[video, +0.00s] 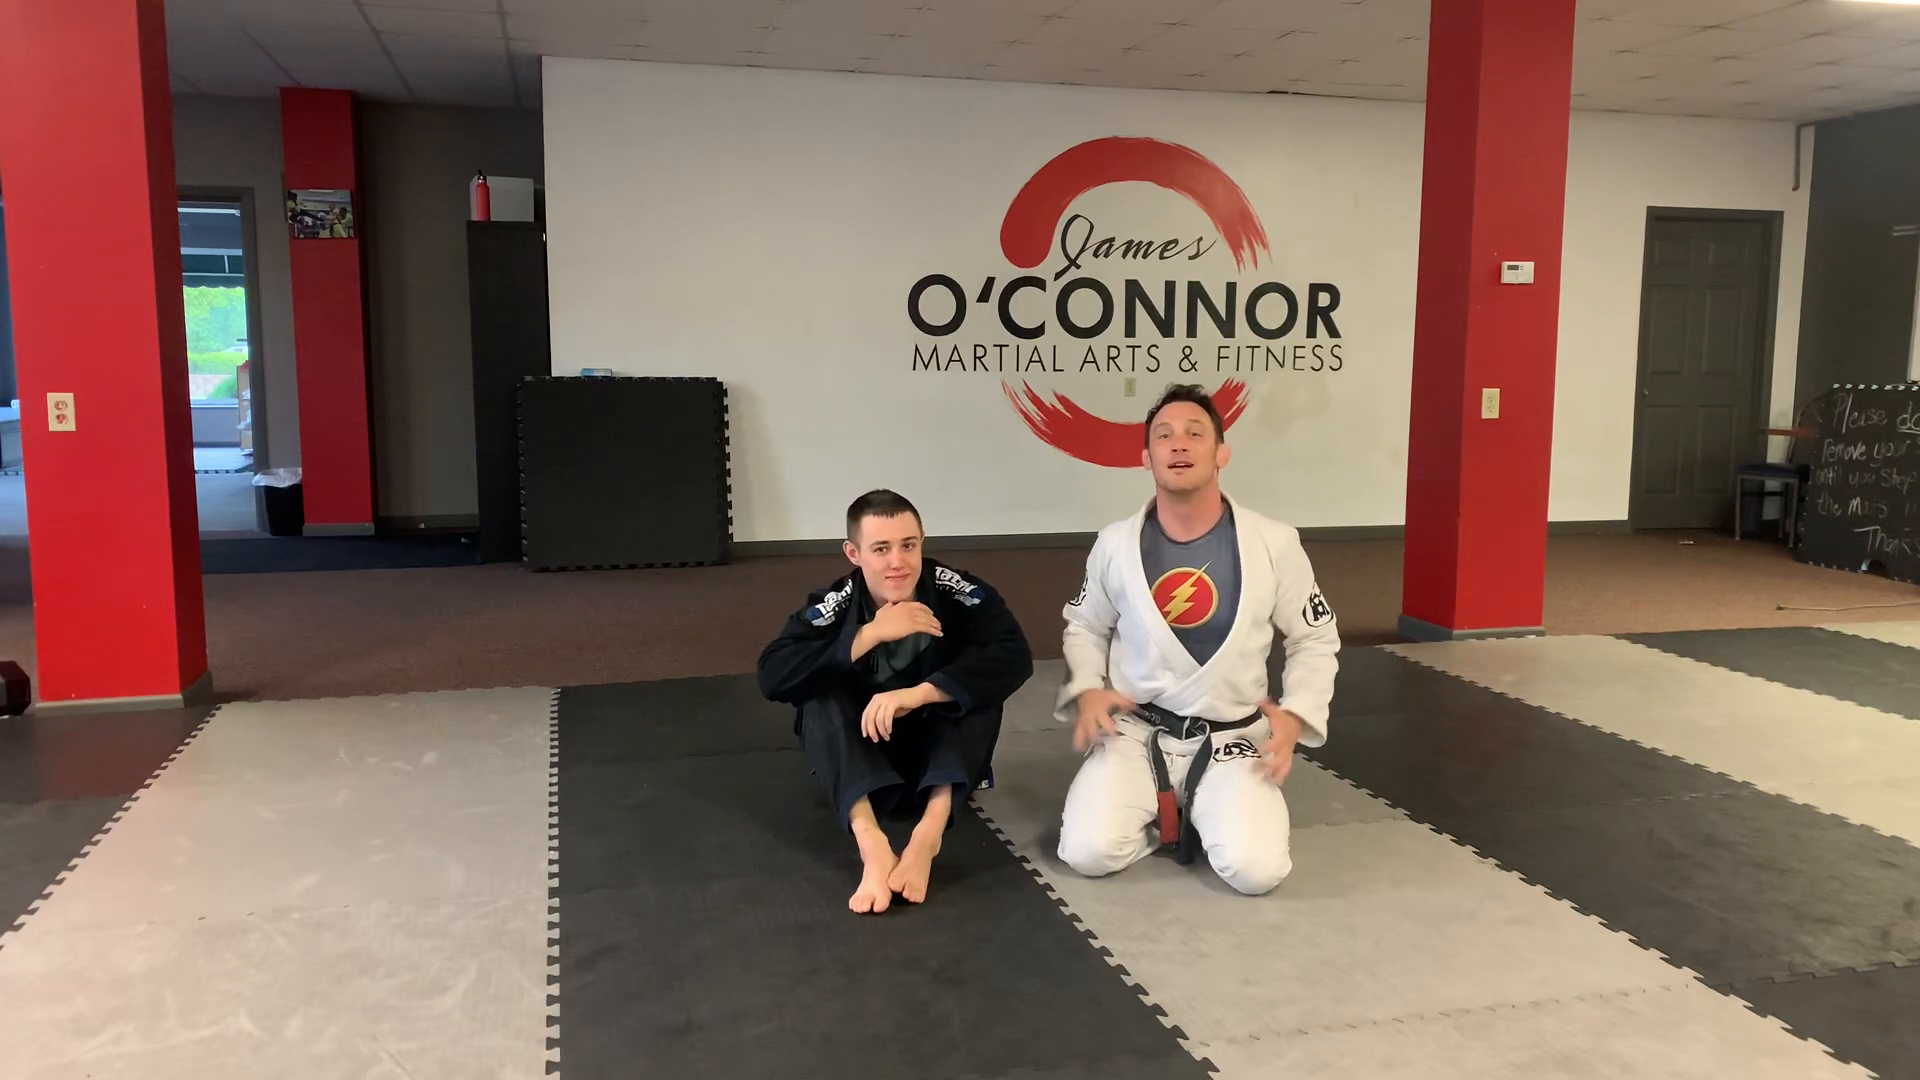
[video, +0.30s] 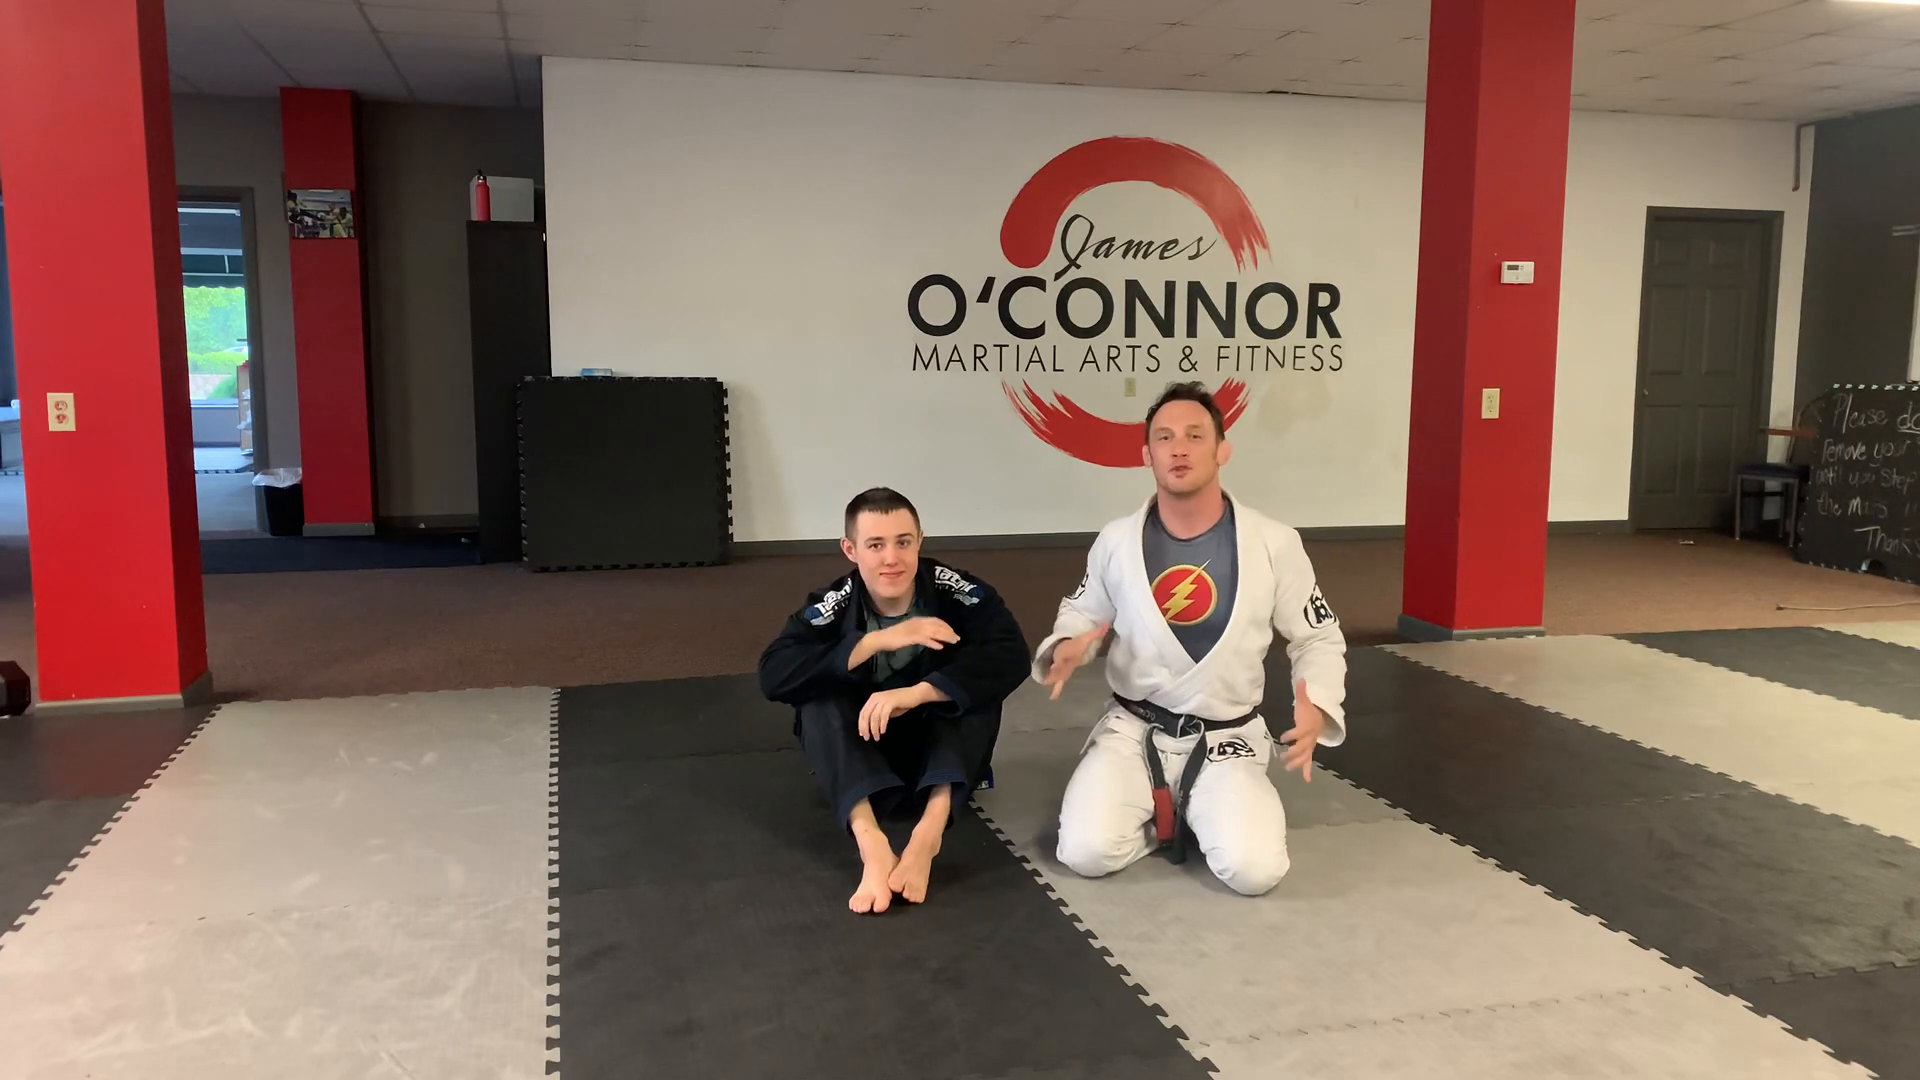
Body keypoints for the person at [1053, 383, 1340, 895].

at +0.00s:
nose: (1178, 443)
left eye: (1194, 432)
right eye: (1164, 434)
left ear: (1222, 455)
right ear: (1146, 460)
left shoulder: (1273, 544)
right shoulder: (1115, 545)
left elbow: (1314, 639)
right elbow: (1086, 626)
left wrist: (1295, 715)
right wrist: (1090, 687)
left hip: (1233, 736)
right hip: (1136, 728)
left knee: (1258, 871)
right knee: (1087, 852)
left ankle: (1212, 803)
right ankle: (1164, 812)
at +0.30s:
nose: (1179, 448)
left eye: (1194, 435)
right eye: (1165, 437)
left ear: (1222, 452)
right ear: (1147, 456)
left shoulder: (1273, 544)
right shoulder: (1116, 543)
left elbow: (1317, 636)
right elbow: (1084, 609)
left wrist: (1313, 705)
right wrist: (1073, 641)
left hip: (1228, 739)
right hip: (1132, 729)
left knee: (1256, 871)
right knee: (1086, 853)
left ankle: (1208, 798)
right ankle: (1163, 809)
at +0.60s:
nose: (1147, 467)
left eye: (1162, 452)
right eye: (1148, 452)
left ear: (1213, 457)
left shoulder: (1287, 548)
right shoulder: (1139, 540)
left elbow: (1330, 650)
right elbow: (1087, 594)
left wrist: (1299, 723)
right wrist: (1054, 539)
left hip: (1236, 739)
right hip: (1141, 726)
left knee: (1261, 872)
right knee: (1089, 850)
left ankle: (1214, 801)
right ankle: (1172, 811)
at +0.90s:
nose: (1142, 467)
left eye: (1155, 452)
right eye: (1142, 453)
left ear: (1203, 457)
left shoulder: (1281, 546)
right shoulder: (1137, 540)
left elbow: (1328, 648)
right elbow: (1077, 575)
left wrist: (1295, 720)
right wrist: (1033, 499)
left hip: (1231, 740)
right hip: (1137, 726)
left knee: (1259, 871)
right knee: (1058, 835)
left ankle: (1209, 801)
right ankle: (1169, 807)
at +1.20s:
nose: (1121, 466)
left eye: (1136, 452)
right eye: (1122, 452)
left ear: (1185, 458)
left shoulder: (1259, 547)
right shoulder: (1114, 545)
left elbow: (1300, 661)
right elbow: (1057, 604)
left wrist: (1255, 748)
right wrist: (981, 566)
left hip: (1219, 738)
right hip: (1125, 728)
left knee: (1254, 870)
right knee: (1051, 841)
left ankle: (1198, 806)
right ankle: (1155, 806)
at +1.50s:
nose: (1137, 462)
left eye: (1153, 446)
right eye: (1124, 448)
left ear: (1186, 456)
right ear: (1111, 461)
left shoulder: (1248, 545)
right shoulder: (1097, 551)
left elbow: (1289, 656)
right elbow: (1055, 612)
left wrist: (1257, 746)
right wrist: (983, 569)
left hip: (1219, 738)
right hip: (1125, 732)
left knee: (1254, 871)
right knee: (1051, 842)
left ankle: (1200, 798)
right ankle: (1158, 811)